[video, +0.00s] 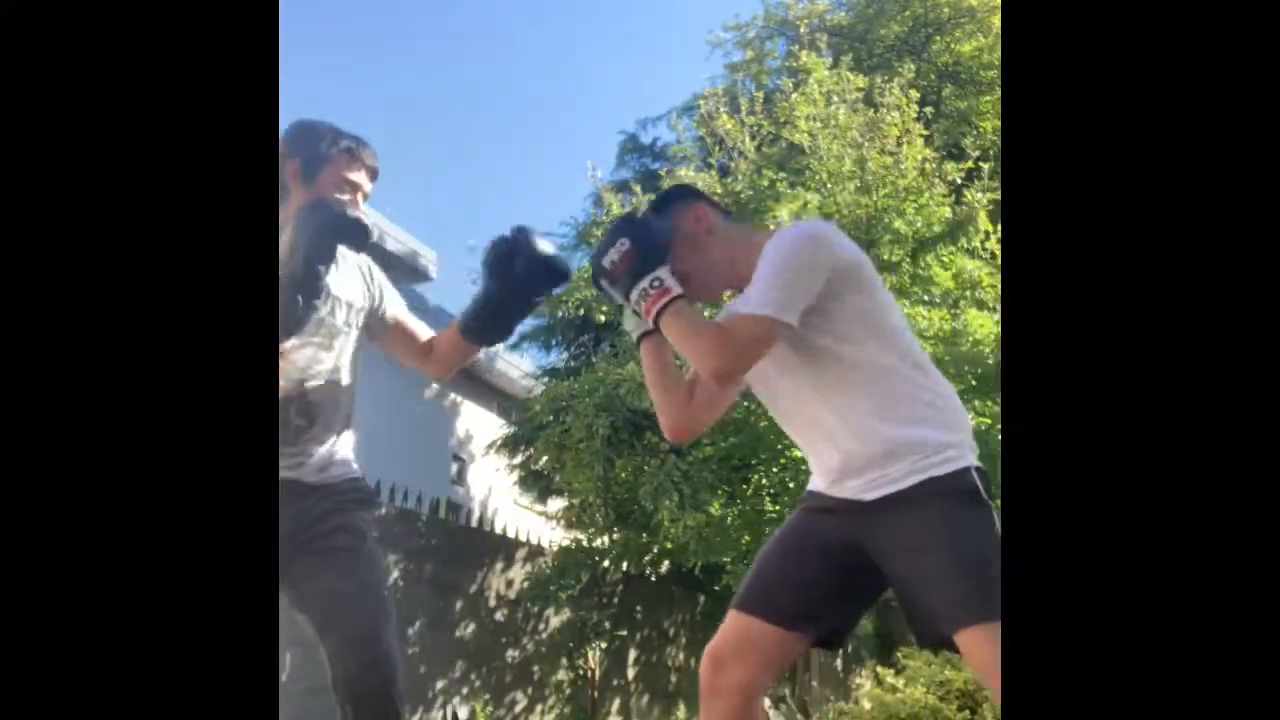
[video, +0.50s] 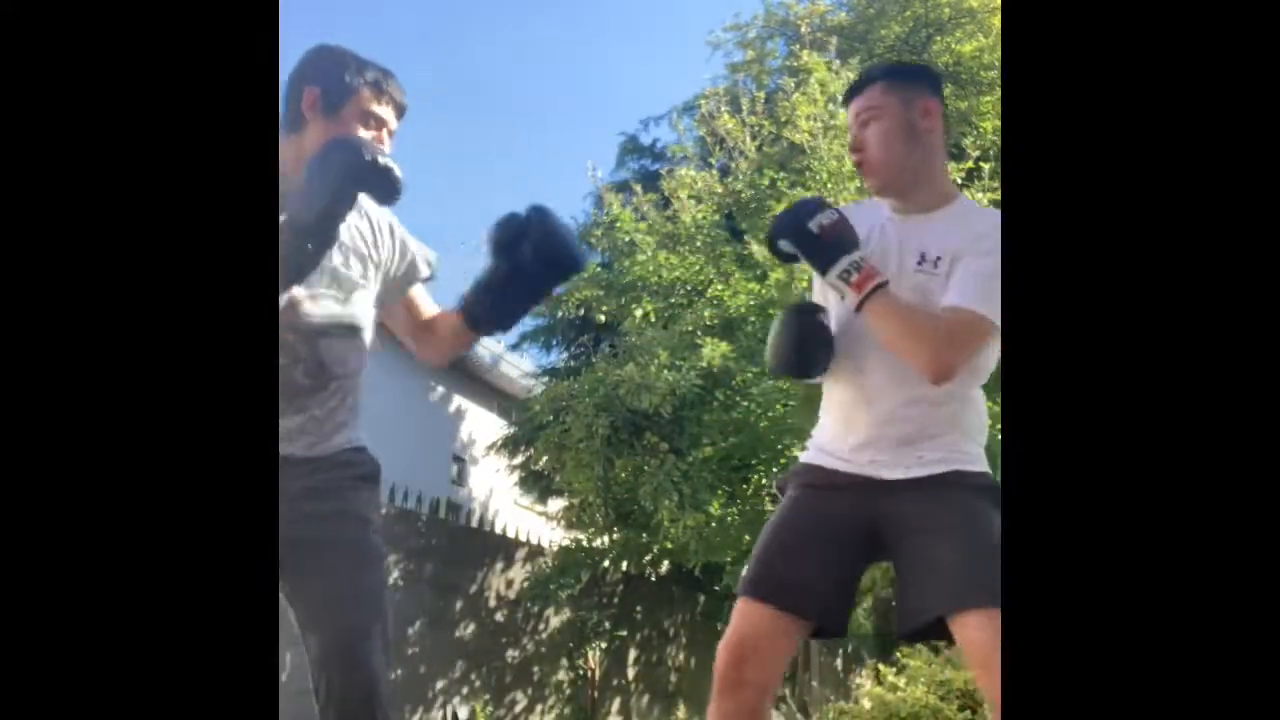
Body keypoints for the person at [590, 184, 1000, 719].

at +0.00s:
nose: (670, 280)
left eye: (667, 260)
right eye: (663, 274)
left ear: (701, 219)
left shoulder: (805, 244)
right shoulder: (740, 319)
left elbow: (721, 357)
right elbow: (680, 421)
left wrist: (652, 288)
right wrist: (643, 317)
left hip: (927, 484)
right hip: (836, 500)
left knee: (997, 669)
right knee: (728, 672)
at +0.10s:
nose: (655, 253)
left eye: (654, 229)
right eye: (648, 244)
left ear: (698, 195)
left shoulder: (806, 230)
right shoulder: (729, 315)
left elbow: (764, 354)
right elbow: (727, 445)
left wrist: (666, 302)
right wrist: (674, 352)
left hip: (908, 470)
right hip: (816, 490)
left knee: (991, 679)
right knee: (719, 667)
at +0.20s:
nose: (692, 203)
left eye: (697, 178)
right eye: (686, 191)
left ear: (747, 154)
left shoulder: (844, 211)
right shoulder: (760, 280)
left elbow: (815, 331)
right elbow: (782, 413)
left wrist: (712, 278)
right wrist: (726, 345)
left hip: (899, 470)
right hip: (804, 482)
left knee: (983, 681)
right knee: (712, 667)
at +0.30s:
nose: (765, 168)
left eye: (772, 146)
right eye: (760, 156)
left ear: (825, 127)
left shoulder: (913, 211)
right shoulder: (802, 249)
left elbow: (855, 325)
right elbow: (804, 354)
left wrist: (761, 255)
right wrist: (760, 319)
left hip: (911, 474)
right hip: (810, 475)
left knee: (982, 683)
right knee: (716, 665)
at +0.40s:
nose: (821, 147)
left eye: (833, 125)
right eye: (818, 135)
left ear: (892, 116)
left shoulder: (963, 221)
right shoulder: (831, 233)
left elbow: (897, 333)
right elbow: (829, 358)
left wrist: (805, 246)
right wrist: (787, 342)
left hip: (931, 474)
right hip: (826, 471)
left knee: (985, 673)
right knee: (725, 662)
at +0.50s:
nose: (853, 145)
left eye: (867, 123)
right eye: (850, 132)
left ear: (928, 116)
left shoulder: (987, 231)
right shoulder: (843, 224)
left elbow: (941, 356)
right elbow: (835, 339)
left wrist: (848, 268)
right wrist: (804, 346)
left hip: (943, 472)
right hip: (834, 467)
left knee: (995, 660)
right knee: (741, 661)